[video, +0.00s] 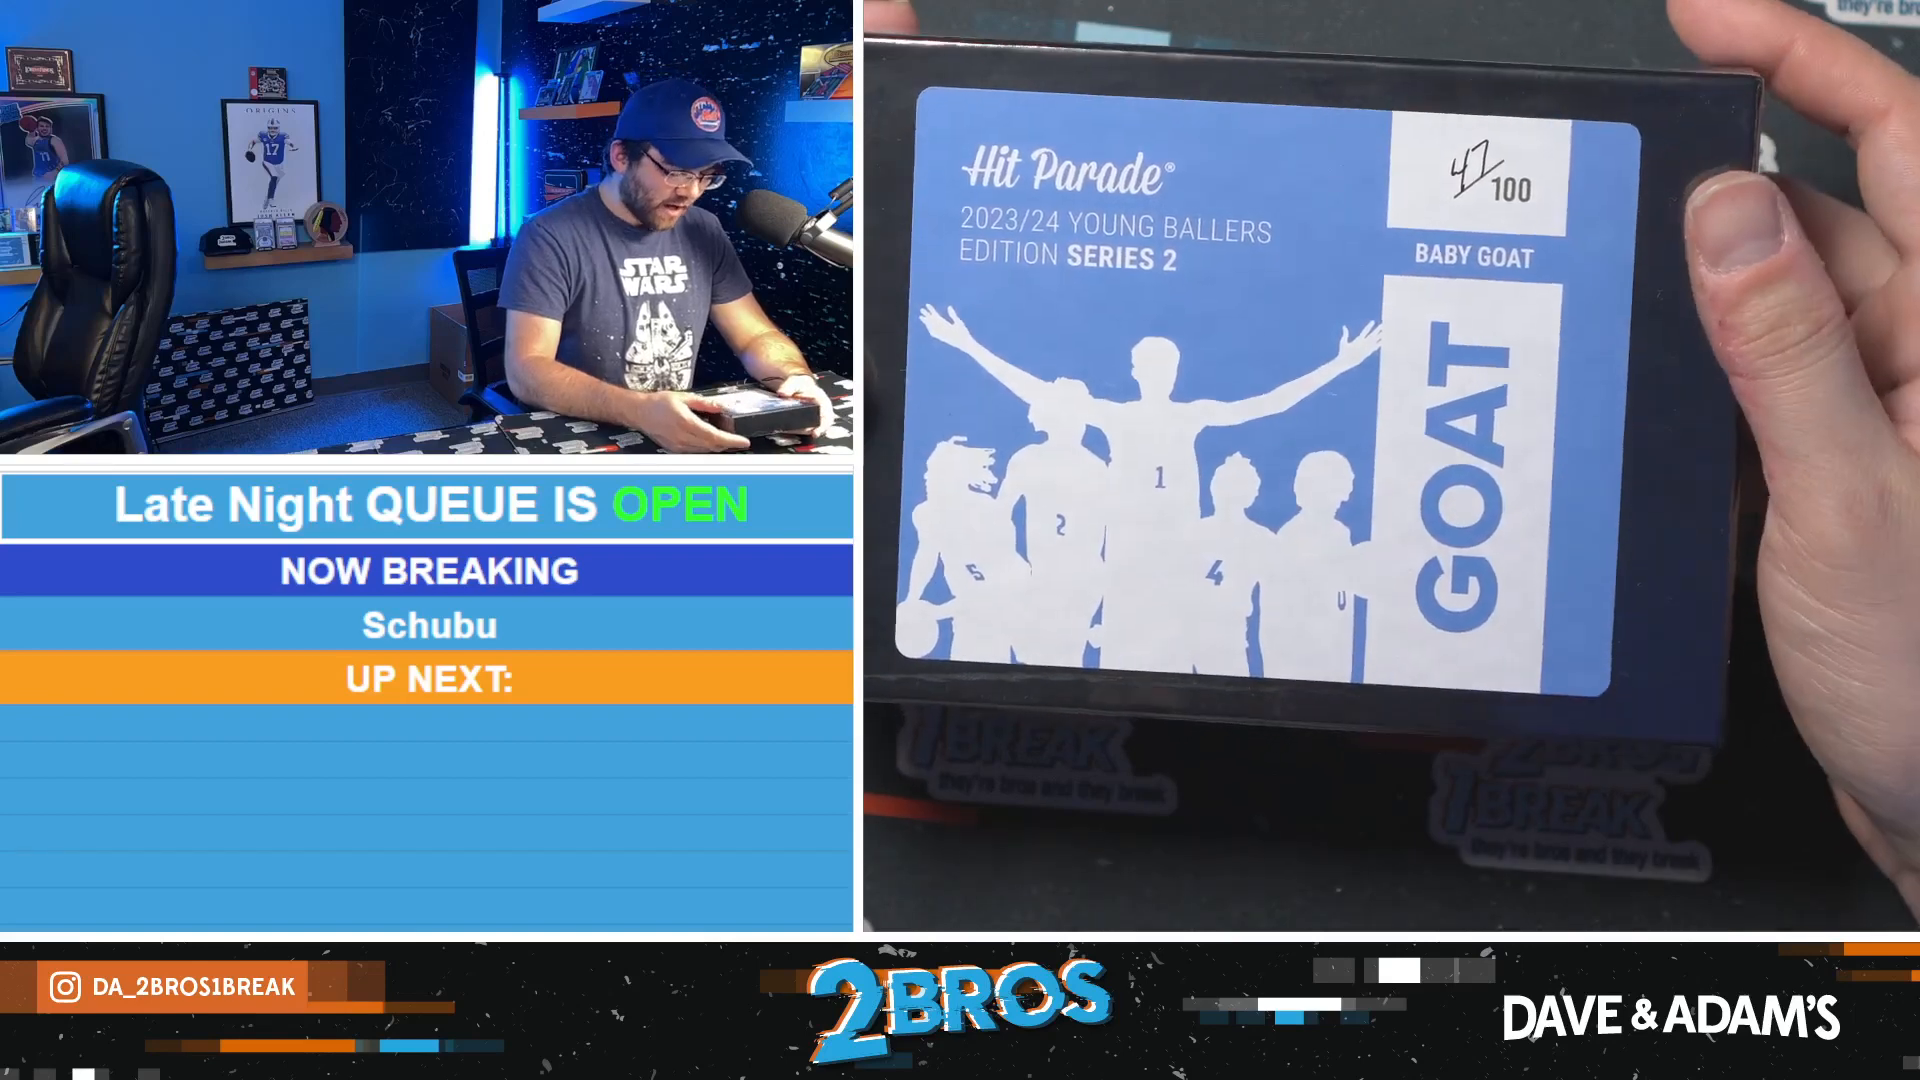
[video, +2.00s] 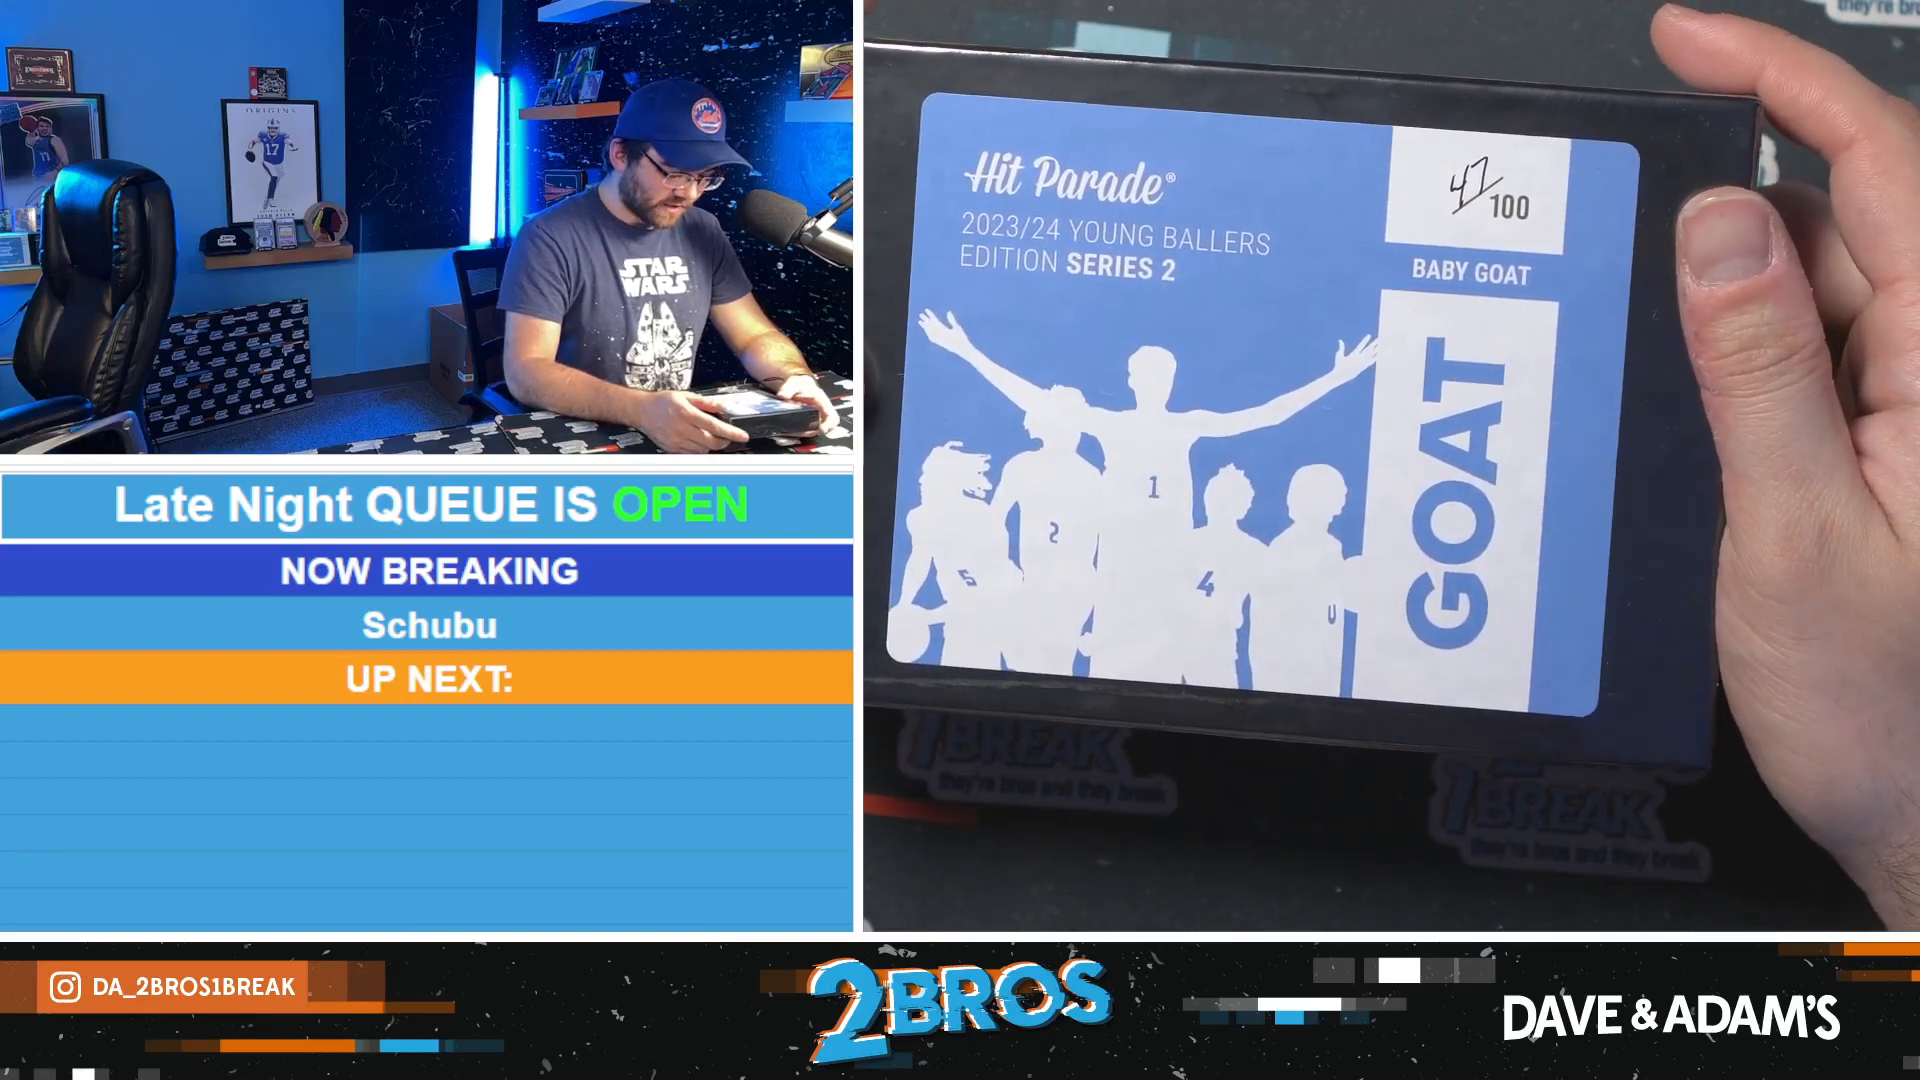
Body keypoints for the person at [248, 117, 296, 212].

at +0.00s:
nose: (273, 130)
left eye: (275, 128)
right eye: (271, 128)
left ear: (278, 128)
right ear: (268, 128)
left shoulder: (283, 136)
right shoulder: (263, 136)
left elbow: (290, 143)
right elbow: (253, 141)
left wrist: (292, 147)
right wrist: (250, 149)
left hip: (279, 164)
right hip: (267, 162)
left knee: (276, 182)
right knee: (274, 176)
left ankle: (267, 200)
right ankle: (270, 199)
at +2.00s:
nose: (273, 130)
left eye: (275, 128)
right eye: (271, 128)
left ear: (278, 128)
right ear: (268, 128)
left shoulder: (283, 136)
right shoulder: (263, 136)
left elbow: (290, 143)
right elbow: (253, 141)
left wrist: (292, 147)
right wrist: (250, 149)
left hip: (279, 164)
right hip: (267, 162)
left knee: (276, 182)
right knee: (274, 176)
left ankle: (267, 200)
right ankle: (270, 199)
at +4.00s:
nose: (273, 130)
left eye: (275, 128)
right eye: (271, 128)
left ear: (278, 128)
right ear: (268, 128)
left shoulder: (283, 136)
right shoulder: (263, 136)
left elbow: (290, 142)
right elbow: (254, 141)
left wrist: (292, 147)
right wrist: (250, 148)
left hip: (279, 164)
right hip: (267, 162)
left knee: (275, 182)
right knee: (274, 176)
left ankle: (267, 200)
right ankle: (270, 199)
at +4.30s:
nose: (273, 130)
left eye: (275, 128)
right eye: (271, 128)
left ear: (278, 128)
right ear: (268, 128)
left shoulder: (283, 136)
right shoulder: (263, 136)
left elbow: (290, 142)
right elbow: (254, 141)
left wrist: (292, 147)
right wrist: (250, 148)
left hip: (279, 164)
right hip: (267, 162)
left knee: (275, 182)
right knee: (274, 176)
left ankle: (267, 200)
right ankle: (270, 199)